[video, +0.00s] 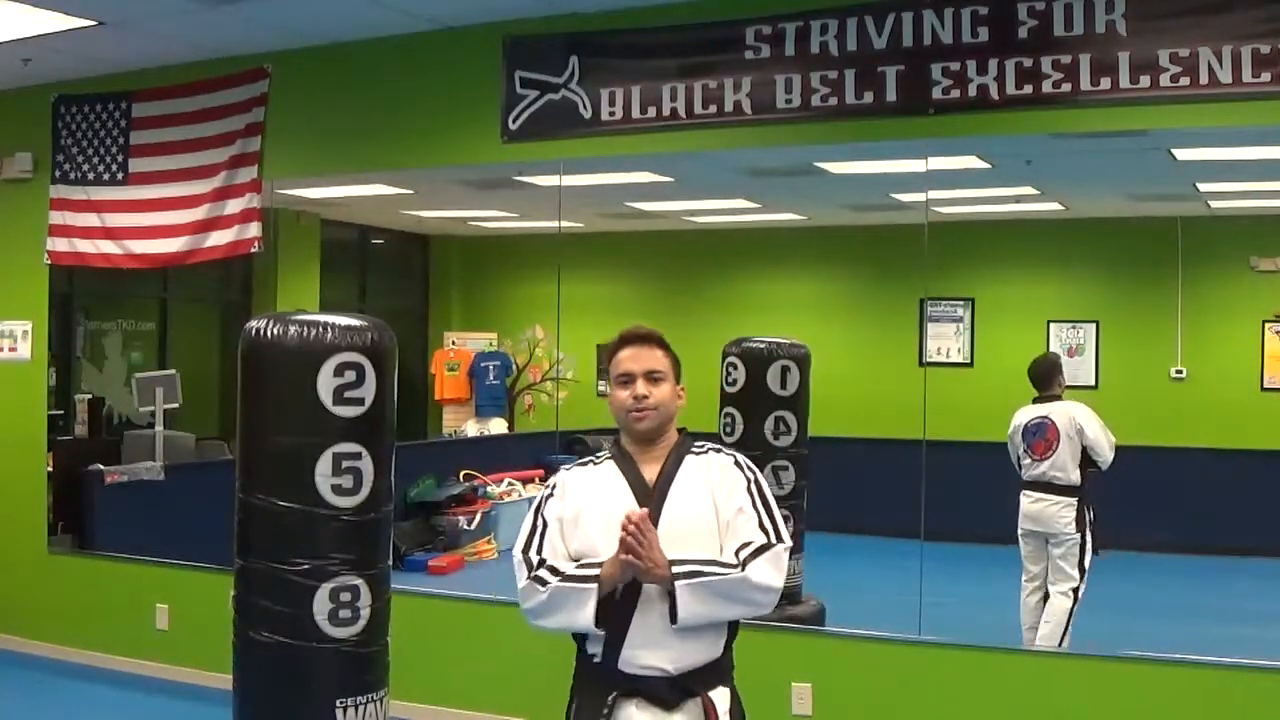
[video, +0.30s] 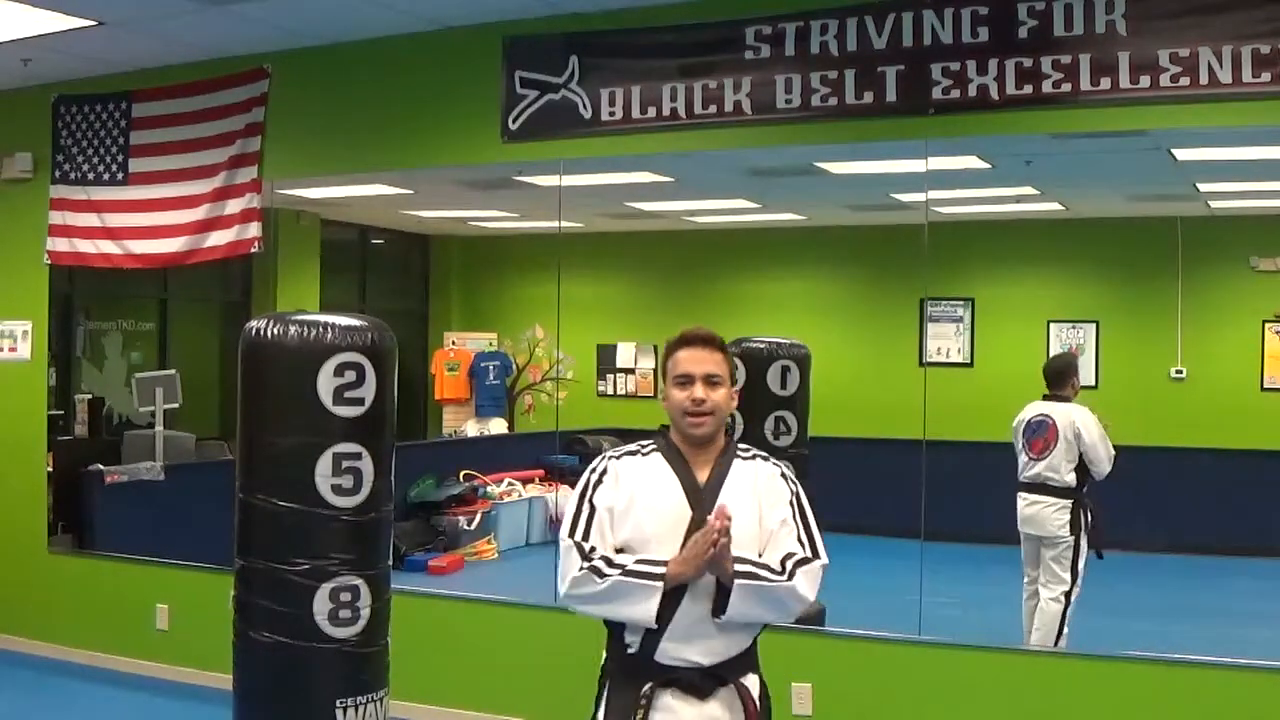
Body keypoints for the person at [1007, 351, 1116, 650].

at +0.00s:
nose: (1065, 377)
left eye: (1061, 373)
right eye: (1063, 373)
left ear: (1034, 382)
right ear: (1060, 378)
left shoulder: (1021, 416)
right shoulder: (1077, 413)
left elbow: (1019, 461)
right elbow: (1105, 456)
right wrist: (1077, 458)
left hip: (1028, 506)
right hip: (1066, 509)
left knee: (1032, 582)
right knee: (1064, 587)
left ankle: (1030, 652)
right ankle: (1045, 655)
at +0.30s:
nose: (1079, 382)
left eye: (1077, 377)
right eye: (1078, 378)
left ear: (1047, 381)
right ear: (1074, 382)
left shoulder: (1026, 413)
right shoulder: (1079, 416)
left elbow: (1025, 455)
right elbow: (1102, 466)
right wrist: (1099, 430)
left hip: (1027, 507)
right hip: (1062, 511)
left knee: (1032, 582)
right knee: (1057, 588)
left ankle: (1030, 649)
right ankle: (1041, 656)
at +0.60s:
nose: (1086, 383)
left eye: (1085, 377)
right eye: (1082, 378)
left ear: (1054, 382)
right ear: (1066, 382)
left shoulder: (1028, 413)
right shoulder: (1078, 416)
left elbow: (1032, 451)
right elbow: (1105, 464)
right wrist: (1100, 430)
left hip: (1027, 508)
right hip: (1061, 513)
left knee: (1032, 582)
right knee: (1058, 588)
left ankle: (1028, 649)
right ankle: (1042, 657)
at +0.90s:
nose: (1083, 381)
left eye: (1082, 375)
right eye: (1080, 376)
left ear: (1052, 382)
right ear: (1068, 381)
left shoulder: (1030, 412)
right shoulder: (1081, 416)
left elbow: (1035, 448)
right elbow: (1107, 463)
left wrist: (1084, 426)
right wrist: (1103, 430)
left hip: (1031, 508)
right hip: (1065, 514)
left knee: (1039, 580)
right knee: (1061, 589)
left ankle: (1035, 646)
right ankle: (1045, 656)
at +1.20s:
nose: (1079, 382)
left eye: (1076, 377)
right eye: (1077, 377)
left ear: (1047, 386)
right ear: (1073, 382)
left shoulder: (1033, 416)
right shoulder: (1088, 416)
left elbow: (1031, 455)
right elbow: (1116, 460)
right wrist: (1106, 425)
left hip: (1037, 509)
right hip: (1072, 513)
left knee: (1042, 585)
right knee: (1064, 588)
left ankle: (1052, 651)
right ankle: (1043, 656)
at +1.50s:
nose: (1079, 380)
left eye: (1076, 375)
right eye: (1077, 376)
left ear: (1048, 384)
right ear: (1074, 380)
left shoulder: (1034, 415)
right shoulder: (1093, 410)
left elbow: (1033, 459)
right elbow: (1121, 452)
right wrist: (1093, 451)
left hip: (1044, 504)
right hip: (1080, 507)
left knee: (1047, 578)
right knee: (1077, 582)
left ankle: (1048, 646)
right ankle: (1049, 651)